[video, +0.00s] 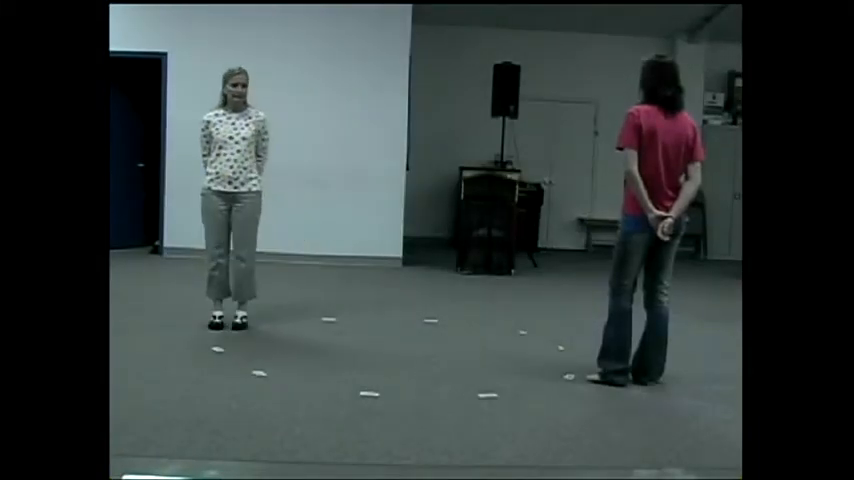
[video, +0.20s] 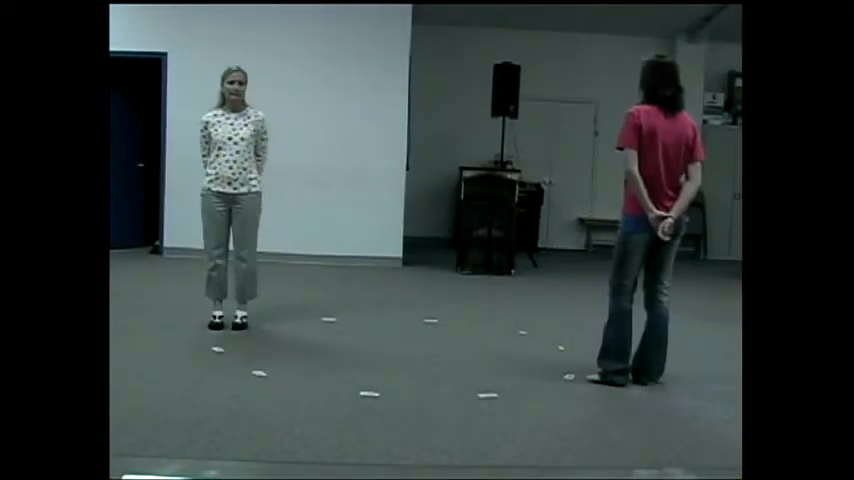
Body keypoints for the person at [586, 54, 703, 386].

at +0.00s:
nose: (642, 86)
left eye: (643, 80)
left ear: (647, 84)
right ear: (676, 85)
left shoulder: (638, 116)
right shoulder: (689, 124)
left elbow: (631, 168)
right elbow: (694, 178)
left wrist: (651, 210)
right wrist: (673, 216)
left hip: (638, 219)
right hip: (672, 220)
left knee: (622, 291)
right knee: (658, 293)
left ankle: (614, 368)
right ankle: (649, 370)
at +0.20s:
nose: (642, 86)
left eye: (643, 80)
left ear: (647, 84)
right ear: (676, 85)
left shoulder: (638, 116)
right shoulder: (689, 124)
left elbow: (631, 169)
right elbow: (694, 178)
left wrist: (651, 210)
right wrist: (674, 216)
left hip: (639, 219)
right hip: (672, 220)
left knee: (622, 291)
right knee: (659, 293)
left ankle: (615, 368)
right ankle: (649, 370)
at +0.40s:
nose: (642, 85)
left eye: (644, 79)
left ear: (647, 84)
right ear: (677, 86)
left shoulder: (638, 116)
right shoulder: (689, 124)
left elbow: (632, 168)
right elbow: (694, 178)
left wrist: (652, 210)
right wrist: (674, 216)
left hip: (639, 219)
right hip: (673, 220)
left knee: (623, 291)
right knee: (659, 292)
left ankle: (615, 368)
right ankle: (649, 370)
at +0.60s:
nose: (643, 85)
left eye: (645, 79)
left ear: (648, 84)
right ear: (678, 85)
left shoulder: (639, 116)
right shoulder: (689, 125)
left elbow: (632, 168)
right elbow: (695, 179)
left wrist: (652, 210)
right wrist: (675, 215)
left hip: (639, 219)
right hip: (673, 220)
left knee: (623, 291)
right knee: (659, 292)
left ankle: (614, 368)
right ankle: (649, 370)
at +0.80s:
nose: (644, 85)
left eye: (646, 79)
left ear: (649, 84)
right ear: (679, 85)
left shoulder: (640, 116)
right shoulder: (690, 125)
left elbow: (633, 168)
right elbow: (696, 179)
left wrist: (653, 210)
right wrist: (675, 216)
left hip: (640, 219)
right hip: (673, 220)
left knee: (624, 291)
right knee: (659, 292)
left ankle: (615, 368)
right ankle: (649, 370)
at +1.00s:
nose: (645, 85)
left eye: (647, 80)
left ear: (651, 84)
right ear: (680, 86)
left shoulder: (640, 116)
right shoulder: (690, 125)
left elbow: (633, 168)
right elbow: (696, 179)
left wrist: (653, 209)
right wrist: (675, 216)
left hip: (640, 219)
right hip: (674, 220)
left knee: (624, 292)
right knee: (659, 293)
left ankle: (615, 368)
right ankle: (649, 370)